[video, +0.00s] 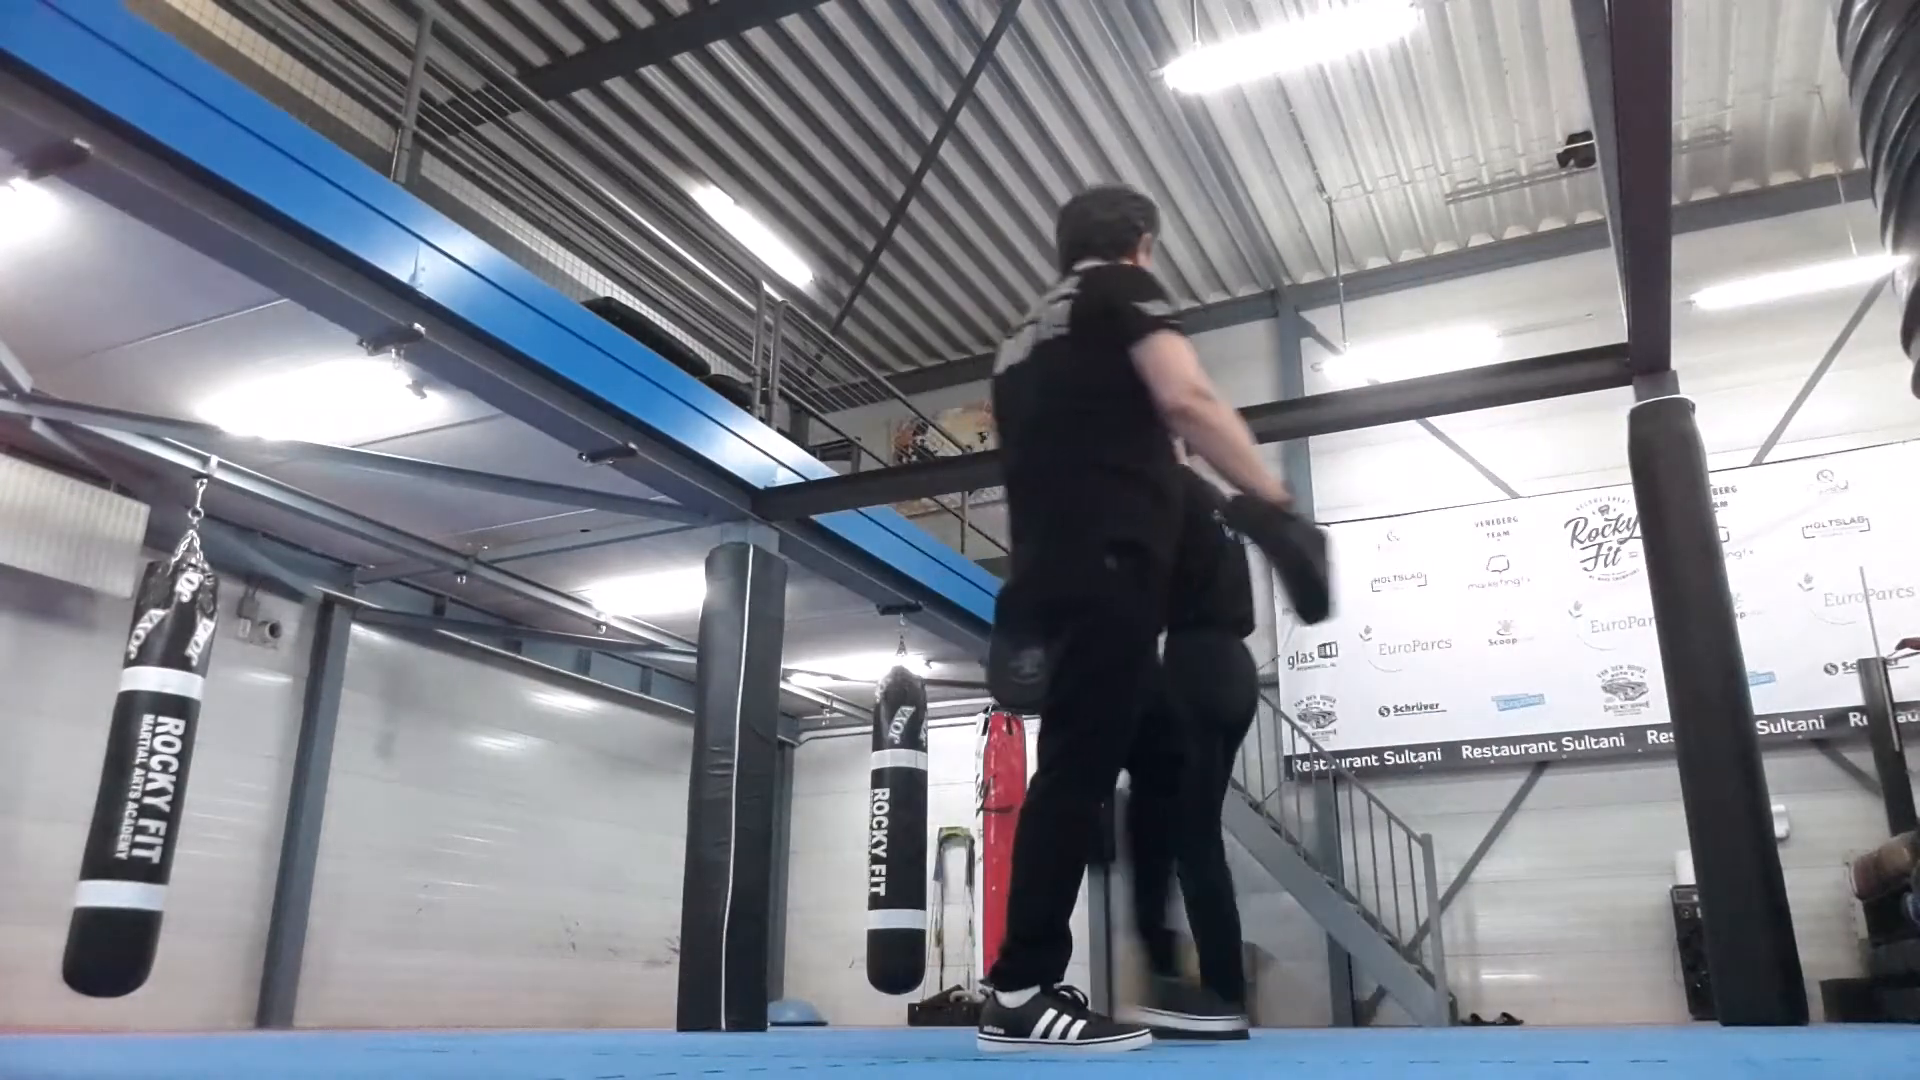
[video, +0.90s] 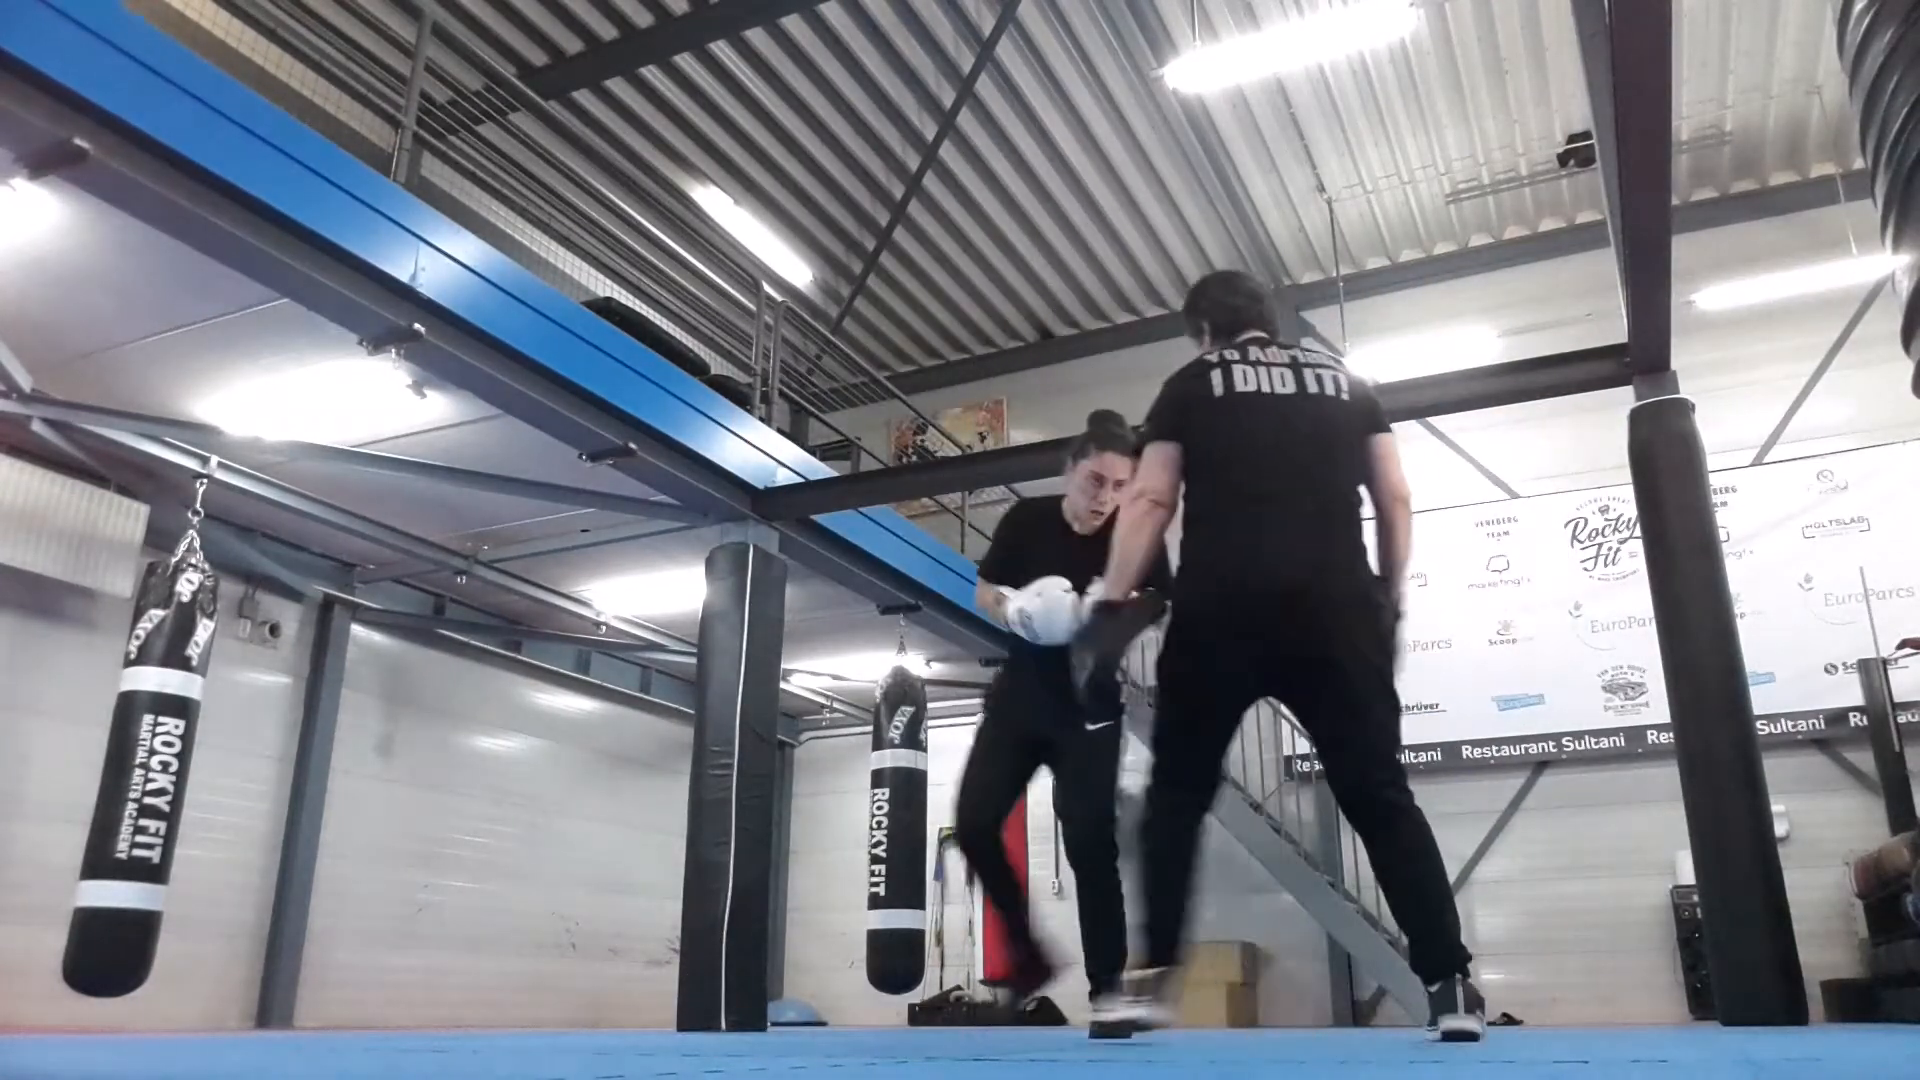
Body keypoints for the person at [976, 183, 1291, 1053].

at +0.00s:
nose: (1157, 264)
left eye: (1154, 251)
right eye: (1155, 250)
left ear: (1068, 251)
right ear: (1134, 247)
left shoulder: (1017, 345)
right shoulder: (1120, 295)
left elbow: (1046, 463)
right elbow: (1190, 403)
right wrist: (1273, 502)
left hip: (1046, 579)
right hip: (1111, 580)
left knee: (1163, 755)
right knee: (1070, 779)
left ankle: (1164, 958)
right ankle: (1022, 989)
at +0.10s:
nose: (1184, 272)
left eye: (1179, 260)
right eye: (1181, 259)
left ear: (1091, 268)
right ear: (1164, 258)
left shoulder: (1045, 359)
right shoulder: (1157, 303)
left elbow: (1048, 492)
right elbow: (1234, 419)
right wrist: (1317, 511)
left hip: (1088, 600)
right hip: (1164, 595)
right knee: (1098, 789)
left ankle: (1241, 983)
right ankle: (1024, 983)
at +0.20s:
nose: (1206, 290)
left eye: (1201, 280)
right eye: (1202, 279)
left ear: (1114, 288)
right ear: (1187, 277)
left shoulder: (1072, 372)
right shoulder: (1192, 318)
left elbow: (1068, 517)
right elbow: (1270, 434)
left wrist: (1071, 626)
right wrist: (1352, 539)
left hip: (1124, 599)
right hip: (1200, 584)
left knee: (1230, 782)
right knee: (1187, 786)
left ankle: (1277, 997)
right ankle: (1056, 957)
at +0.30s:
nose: (1215, 295)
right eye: (1210, 285)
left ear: (1126, 305)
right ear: (1204, 287)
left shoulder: (1094, 387)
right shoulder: (1228, 327)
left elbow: (1096, 535)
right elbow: (1300, 444)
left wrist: (1104, 645)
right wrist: (1370, 549)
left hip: (1147, 614)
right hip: (1241, 596)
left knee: (1236, 798)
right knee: (1305, 780)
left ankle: (1279, 993)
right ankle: (1145, 893)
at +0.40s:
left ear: (1142, 309)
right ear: (1222, 289)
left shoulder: (1114, 386)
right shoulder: (1260, 329)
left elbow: (1110, 526)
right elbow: (1326, 433)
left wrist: (1132, 634)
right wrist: (1391, 544)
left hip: (1172, 614)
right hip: (1272, 590)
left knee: (1239, 790)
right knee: (1352, 755)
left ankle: (1284, 999)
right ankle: (1267, 902)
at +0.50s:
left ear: (1163, 305)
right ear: (1239, 285)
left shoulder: (1133, 376)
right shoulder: (1286, 328)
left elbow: (1125, 514)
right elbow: (1356, 430)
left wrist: (1143, 616)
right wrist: (1413, 538)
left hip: (1187, 603)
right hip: (1296, 585)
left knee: (1244, 791)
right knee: (1359, 762)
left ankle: (1280, 998)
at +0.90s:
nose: (1193, 348)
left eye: (1191, 338)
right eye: (1196, 339)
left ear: (1204, 333)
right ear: (1271, 322)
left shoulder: (1189, 384)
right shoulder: (1345, 380)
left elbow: (1151, 498)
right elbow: (1394, 499)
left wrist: (1113, 605)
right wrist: (1391, 602)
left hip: (1221, 619)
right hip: (1335, 619)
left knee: (1177, 793)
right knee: (1382, 797)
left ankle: (1153, 975)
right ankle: (1450, 989)